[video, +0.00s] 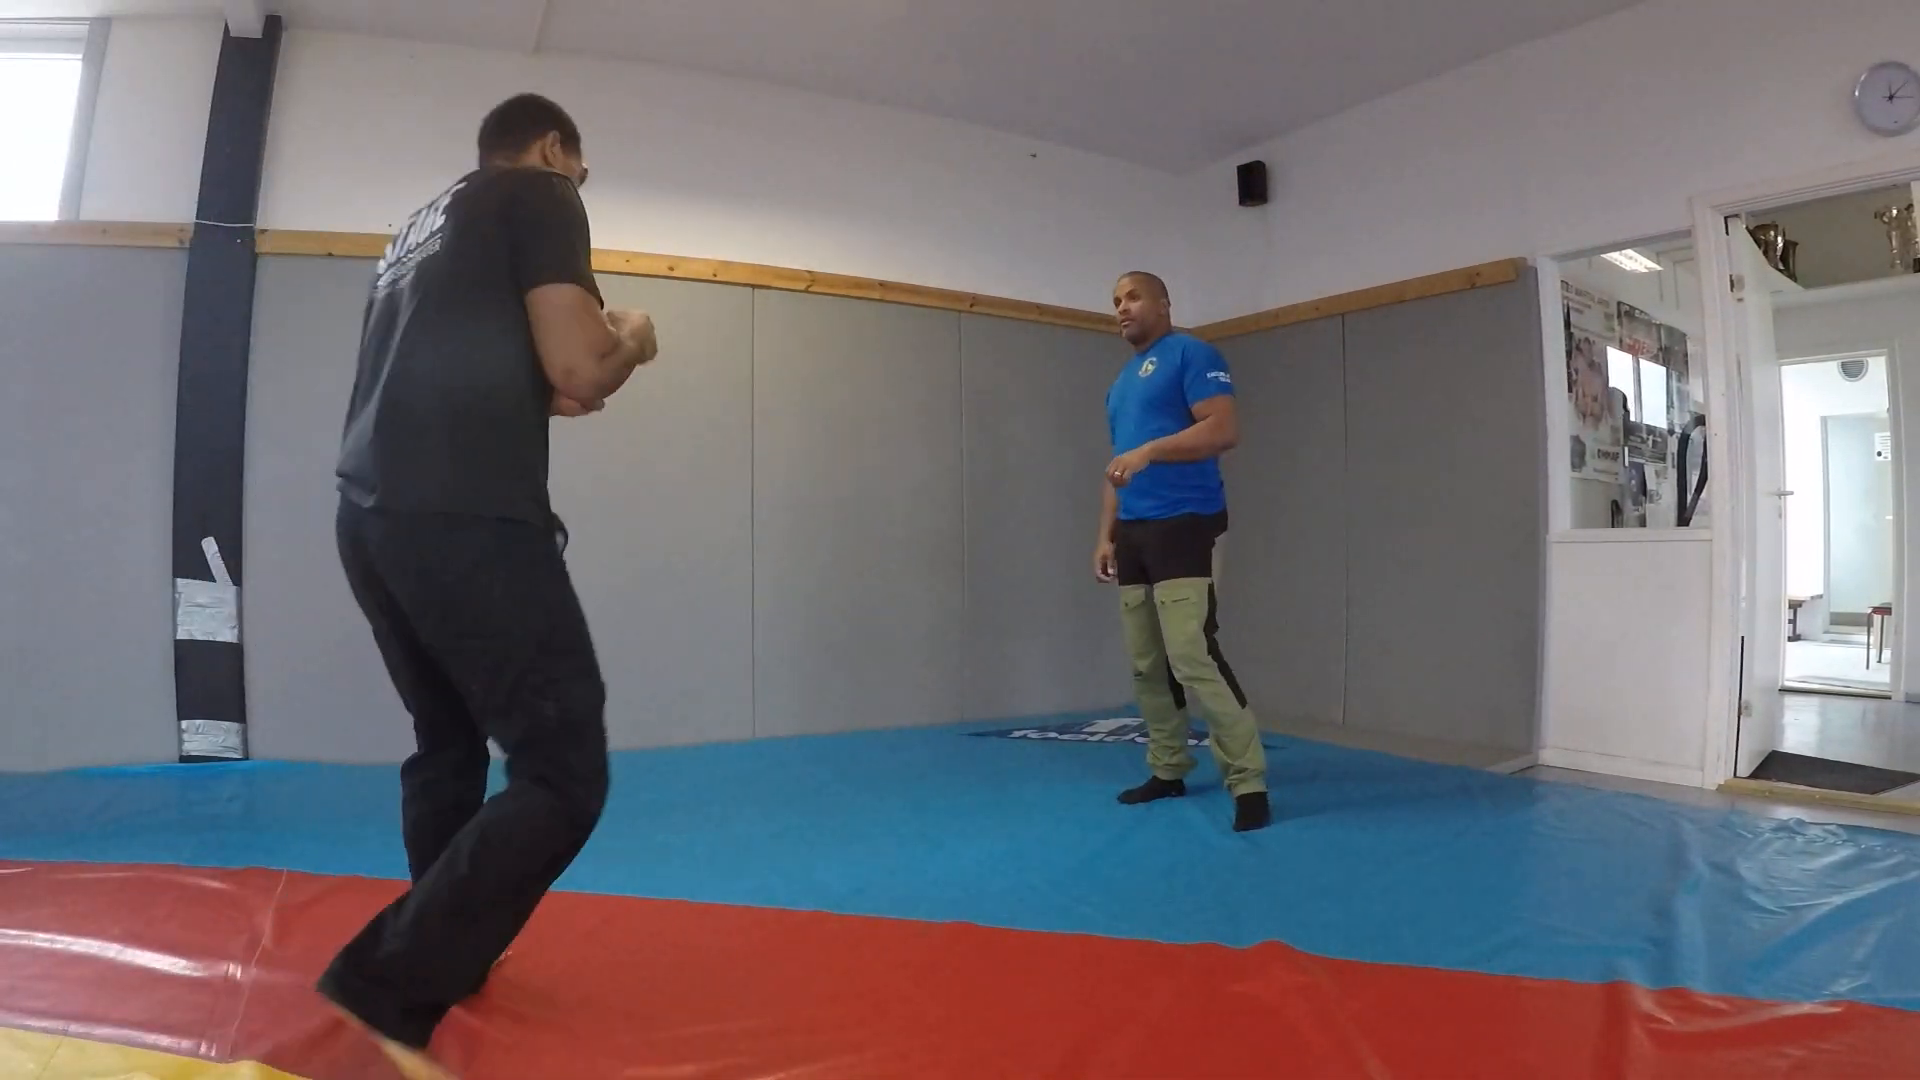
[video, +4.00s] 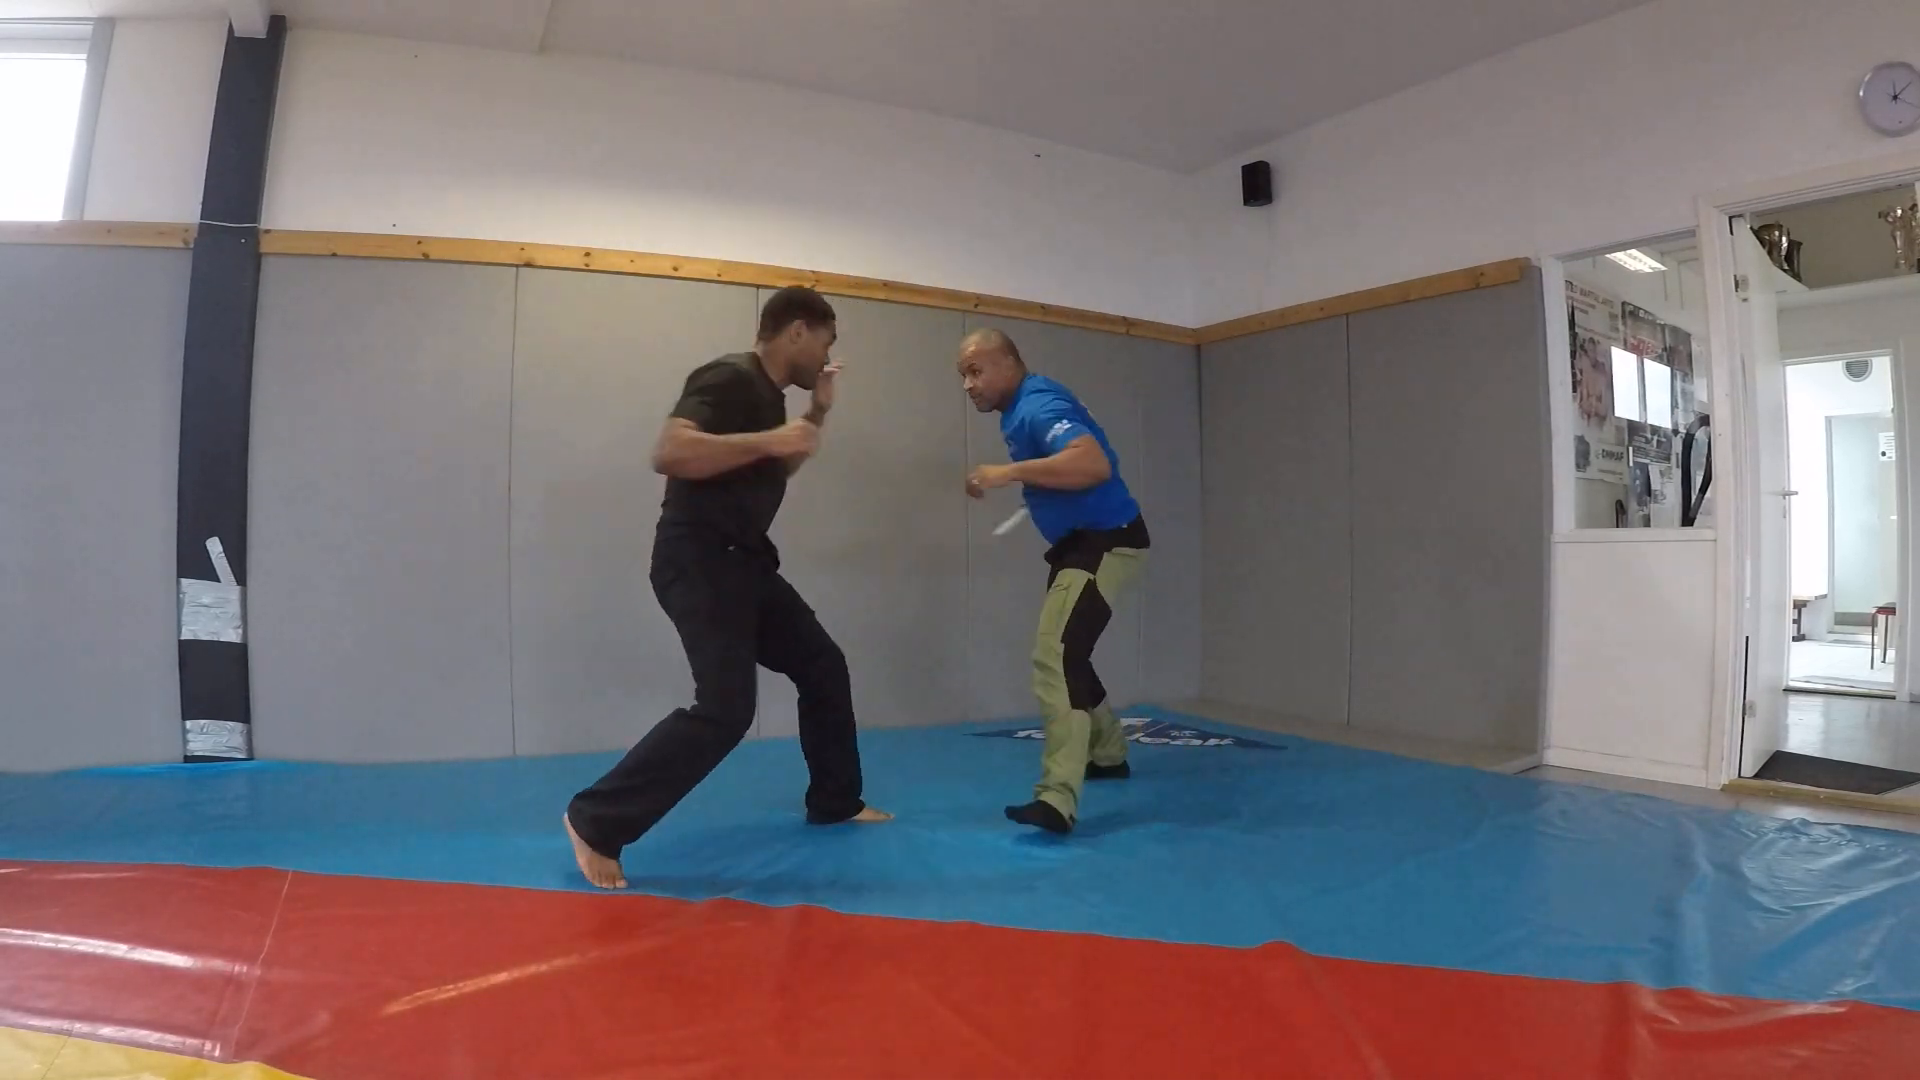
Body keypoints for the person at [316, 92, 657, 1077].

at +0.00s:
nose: (579, 189)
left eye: (580, 178)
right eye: (577, 174)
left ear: (490, 150)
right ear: (549, 151)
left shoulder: (422, 226)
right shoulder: (538, 196)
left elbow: (486, 387)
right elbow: (575, 373)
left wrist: (578, 380)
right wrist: (629, 338)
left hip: (373, 519)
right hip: (473, 521)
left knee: (449, 742)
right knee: (565, 777)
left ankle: (448, 942)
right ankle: (390, 984)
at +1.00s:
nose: (963, 318)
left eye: (965, 307)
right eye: (962, 304)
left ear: (924, 294)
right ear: (932, 292)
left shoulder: (915, 363)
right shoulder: (848, 343)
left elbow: (976, 400)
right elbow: (844, 437)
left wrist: (1048, 358)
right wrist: (940, 393)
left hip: (863, 548)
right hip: (818, 547)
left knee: (917, 677)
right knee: (868, 705)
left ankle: (912, 813)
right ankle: (766, 879)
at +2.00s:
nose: (972, 337)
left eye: (977, 328)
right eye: (974, 324)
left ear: (940, 308)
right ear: (949, 307)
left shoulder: (903, 362)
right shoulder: (866, 346)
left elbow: (912, 437)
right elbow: (898, 442)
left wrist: (961, 390)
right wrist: (986, 400)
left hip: (866, 547)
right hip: (816, 539)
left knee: (929, 668)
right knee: (799, 705)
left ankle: (945, 810)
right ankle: (703, 855)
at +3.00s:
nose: (909, 343)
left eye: (913, 334)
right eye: (908, 328)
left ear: (870, 313)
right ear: (873, 310)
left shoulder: (848, 357)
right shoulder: (806, 362)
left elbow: (895, 380)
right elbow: (884, 456)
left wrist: (940, 372)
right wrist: (944, 389)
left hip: (824, 558)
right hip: (775, 557)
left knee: (892, 679)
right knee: (760, 715)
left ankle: (929, 810)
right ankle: (654, 849)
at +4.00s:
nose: (829, 355)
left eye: (831, 343)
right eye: (828, 341)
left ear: (795, 333)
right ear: (797, 332)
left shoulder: (770, 397)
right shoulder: (729, 379)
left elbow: (777, 470)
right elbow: (670, 452)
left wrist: (818, 412)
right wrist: (768, 443)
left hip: (744, 564)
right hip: (698, 562)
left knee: (824, 668)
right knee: (725, 710)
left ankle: (834, 801)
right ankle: (595, 820)